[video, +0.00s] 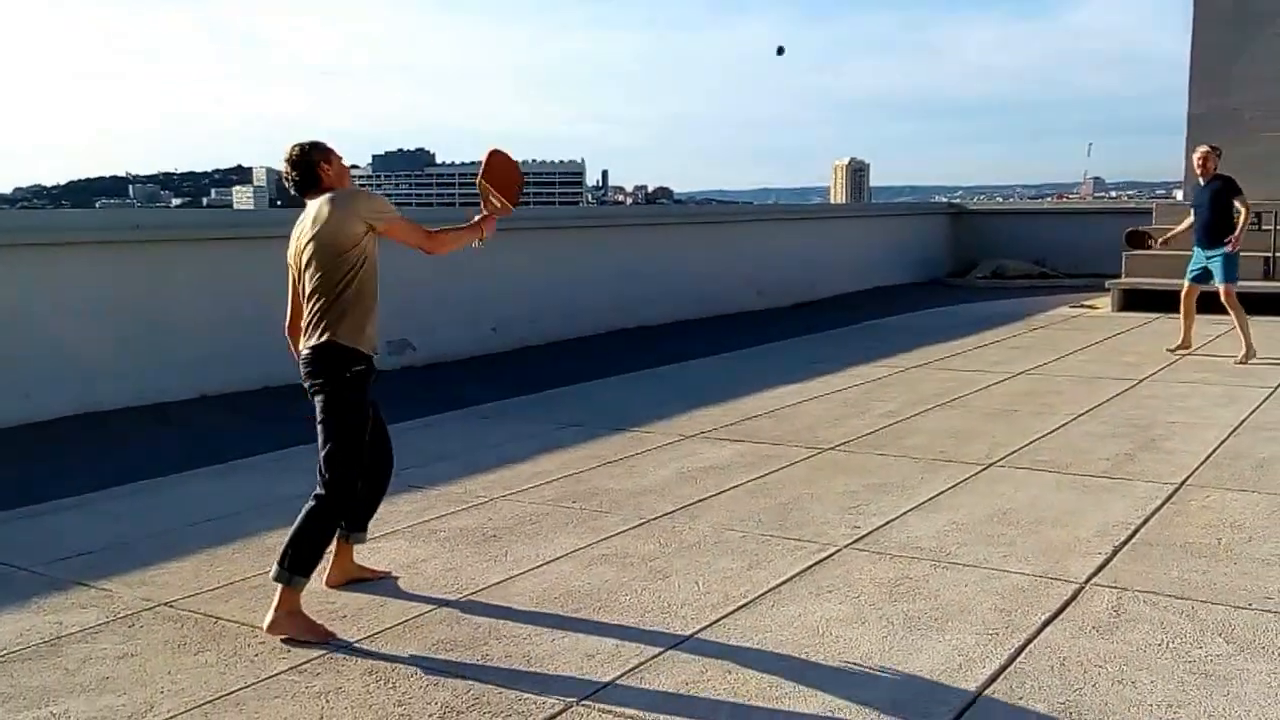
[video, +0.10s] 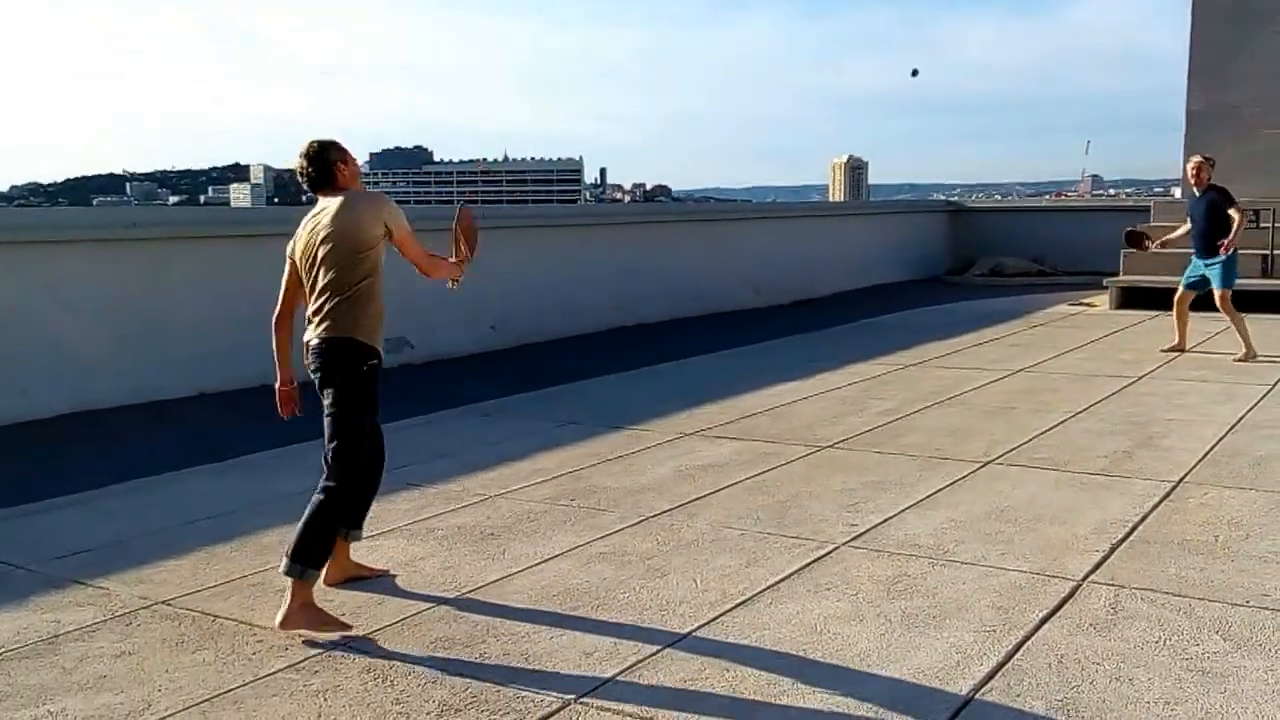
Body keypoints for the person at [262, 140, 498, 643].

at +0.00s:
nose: (346, 163)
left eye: (339, 157)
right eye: (338, 158)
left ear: (309, 178)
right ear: (326, 169)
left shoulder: (302, 229)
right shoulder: (355, 202)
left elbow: (294, 324)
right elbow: (430, 242)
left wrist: (316, 372)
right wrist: (479, 229)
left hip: (322, 361)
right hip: (343, 359)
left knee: (375, 458)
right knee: (336, 485)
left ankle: (343, 563)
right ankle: (284, 608)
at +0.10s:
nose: (358, 163)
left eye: (351, 156)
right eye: (351, 157)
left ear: (314, 180)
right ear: (343, 167)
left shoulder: (303, 232)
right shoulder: (371, 203)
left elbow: (283, 315)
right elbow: (426, 264)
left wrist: (283, 374)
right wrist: (461, 263)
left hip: (322, 356)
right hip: (351, 355)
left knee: (369, 454)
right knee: (343, 471)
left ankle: (340, 559)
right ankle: (297, 602)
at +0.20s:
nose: (372, 163)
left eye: (366, 156)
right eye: (368, 157)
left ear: (330, 174)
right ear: (357, 164)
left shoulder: (311, 224)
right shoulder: (384, 205)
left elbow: (280, 304)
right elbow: (425, 274)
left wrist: (267, 368)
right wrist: (442, 291)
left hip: (322, 346)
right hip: (355, 346)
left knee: (354, 459)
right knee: (364, 469)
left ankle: (338, 556)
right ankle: (336, 599)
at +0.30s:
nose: (388, 164)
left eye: (384, 155)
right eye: (384, 157)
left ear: (341, 169)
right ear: (373, 162)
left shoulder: (319, 218)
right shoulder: (393, 207)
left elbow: (283, 293)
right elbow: (427, 277)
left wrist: (270, 357)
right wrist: (446, 308)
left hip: (324, 344)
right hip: (363, 345)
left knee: (352, 453)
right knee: (395, 465)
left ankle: (335, 556)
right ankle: (388, 589)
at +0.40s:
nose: (398, 167)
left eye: (395, 158)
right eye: (395, 159)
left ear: (351, 167)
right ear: (382, 164)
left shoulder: (326, 217)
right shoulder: (399, 208)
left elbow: (291, 292)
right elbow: (435, 282)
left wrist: (283, 356)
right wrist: (459, 317)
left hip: (330, 349)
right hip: (368, 348)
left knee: (367, 451)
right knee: (424, 456)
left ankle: (333, 554)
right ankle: (429, 583)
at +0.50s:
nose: (408, 156)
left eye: (404, 147)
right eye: (403, 147)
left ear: (359, 157)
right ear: (389, 153)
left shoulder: (332, 210)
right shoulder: (404, 203)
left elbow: (300, 286)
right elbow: (447, 282)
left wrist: (302, 344)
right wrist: (473, 313)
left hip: (346, 347)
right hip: (389, 346)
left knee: (369, 450)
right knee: (435, 457)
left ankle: (332, 551)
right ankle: (436, 585)